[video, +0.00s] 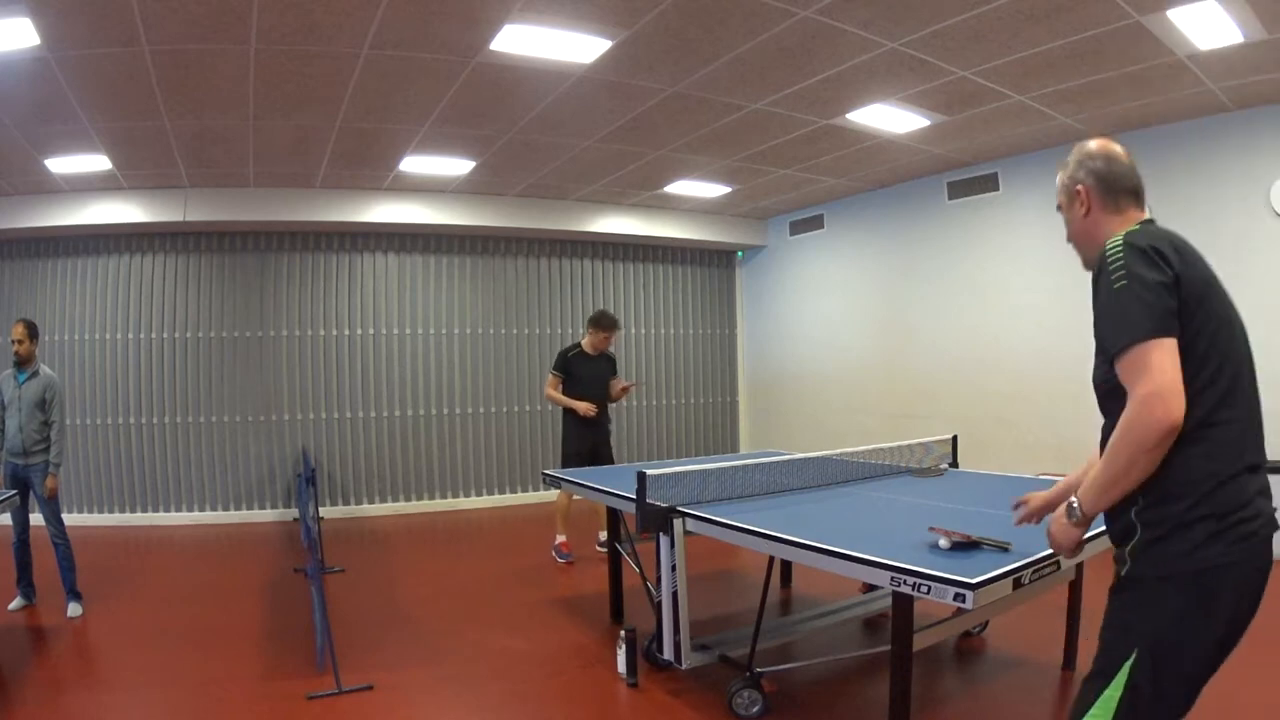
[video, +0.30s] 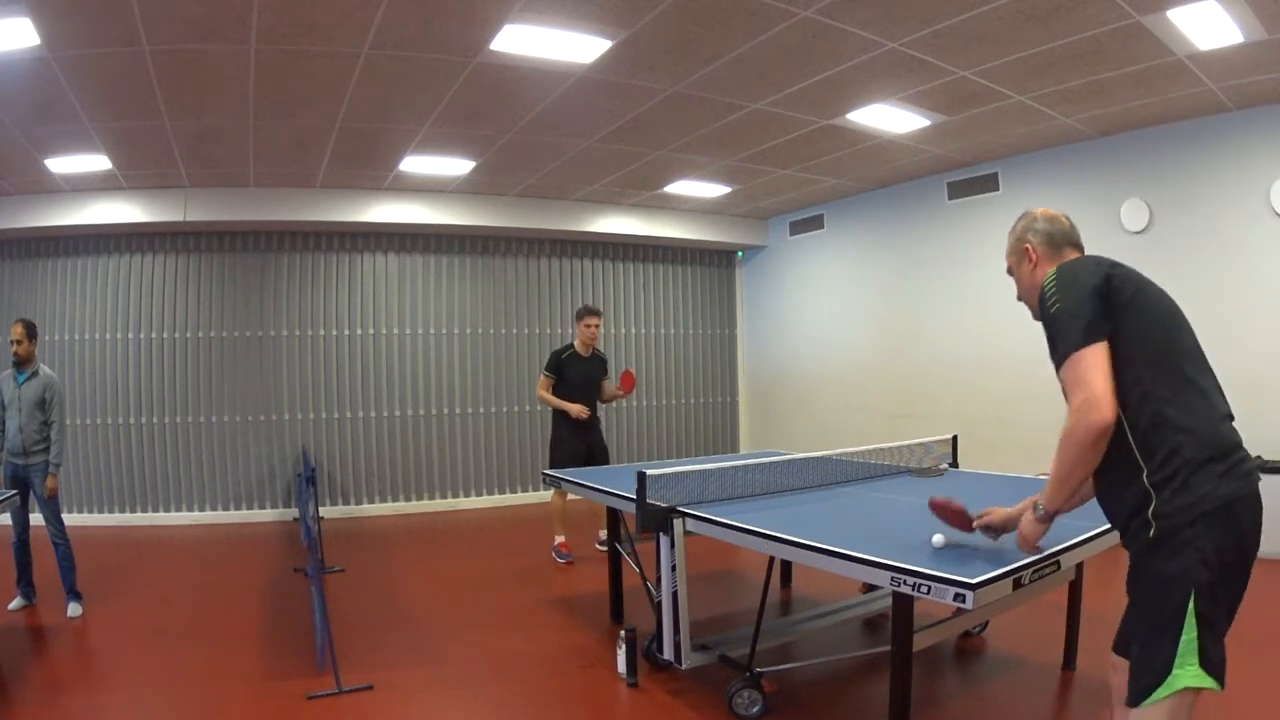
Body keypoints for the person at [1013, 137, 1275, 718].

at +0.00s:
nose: (1063, 228)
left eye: (1061, 210)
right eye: (1059, 213)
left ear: (1081, 199)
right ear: (1131, 195)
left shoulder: (1129, 257)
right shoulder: (1163, 253)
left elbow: (1159, 408)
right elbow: (1141, 415)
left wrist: (1080, 512)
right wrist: (1063, 493)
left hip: (1189, 545)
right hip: (1219, 534)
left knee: (1107, 708)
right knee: (1138, 704)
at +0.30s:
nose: (1019, 294)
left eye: (1014, 275)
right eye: (1013, 280)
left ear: (1032, 255)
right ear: (1070, 250)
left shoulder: (1070, 282)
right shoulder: (1112, 288)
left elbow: (1094, 413)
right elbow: (1113, 456)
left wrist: (1045, 511)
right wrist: (1023, 512)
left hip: (1192, 508)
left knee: (1157, 702)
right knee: (1129, 669)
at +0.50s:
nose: (1009, 313)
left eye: (1006, 297)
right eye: (1005, 299)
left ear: (1022, 281)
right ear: (1069, 275)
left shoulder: (1034, 332)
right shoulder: (1119, 312)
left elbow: (996, 479)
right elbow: (1159, 466)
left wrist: (965, 525)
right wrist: (1063, 496)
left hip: (1188, 510)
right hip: (1227, 493)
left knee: (1184, 703)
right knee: (1133, 666)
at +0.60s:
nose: (1006, 314)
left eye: (1005, 299)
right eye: (1003, 300)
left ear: (1023, 292)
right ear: (1071, 285)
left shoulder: (1027, 352)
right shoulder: (1131, 322)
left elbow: (975, 482)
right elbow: (1176, 451)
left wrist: (944, 524)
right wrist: (1081, 491)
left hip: (1188, 514)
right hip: (1236, 494)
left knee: (1180, 701)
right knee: (1133, 661)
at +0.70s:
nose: (1007, 310)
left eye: (1006, 295)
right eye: (1005, 296)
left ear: (1024, 291)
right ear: (1074, 284)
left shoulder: (1029, 353)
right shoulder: (1133, 322)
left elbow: (973, 476)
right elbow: (1179, 444)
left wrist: (937, 518)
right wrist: (1087, 486)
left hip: (1191, 520)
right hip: (1241, 500)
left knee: (1170, 701)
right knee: (1135, 661)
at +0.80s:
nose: (1012, 296)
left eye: (1011, 280)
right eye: (1010, 281)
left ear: (1029, 276)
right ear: (1081, 270)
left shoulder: (1037, 342)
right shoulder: (1140, 315)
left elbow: (984, 482)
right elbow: (1178, 443)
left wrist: (957, 524)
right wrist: (1084, 479)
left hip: (1194, 523)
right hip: (1249, 509)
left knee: (1154, 702)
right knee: (1168, 692)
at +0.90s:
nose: (1023, 273)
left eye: (1022, 257)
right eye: (1022, 259)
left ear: (1040, 254)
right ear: (1092, 248)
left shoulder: (1052, 329)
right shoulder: (1151, 301)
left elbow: (1019, 489)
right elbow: (1187, 429)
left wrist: (996, 544)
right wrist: (1095, 469)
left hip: (1199, 534)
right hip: (1257, 514)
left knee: (1145, 707)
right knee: (1169, 702)